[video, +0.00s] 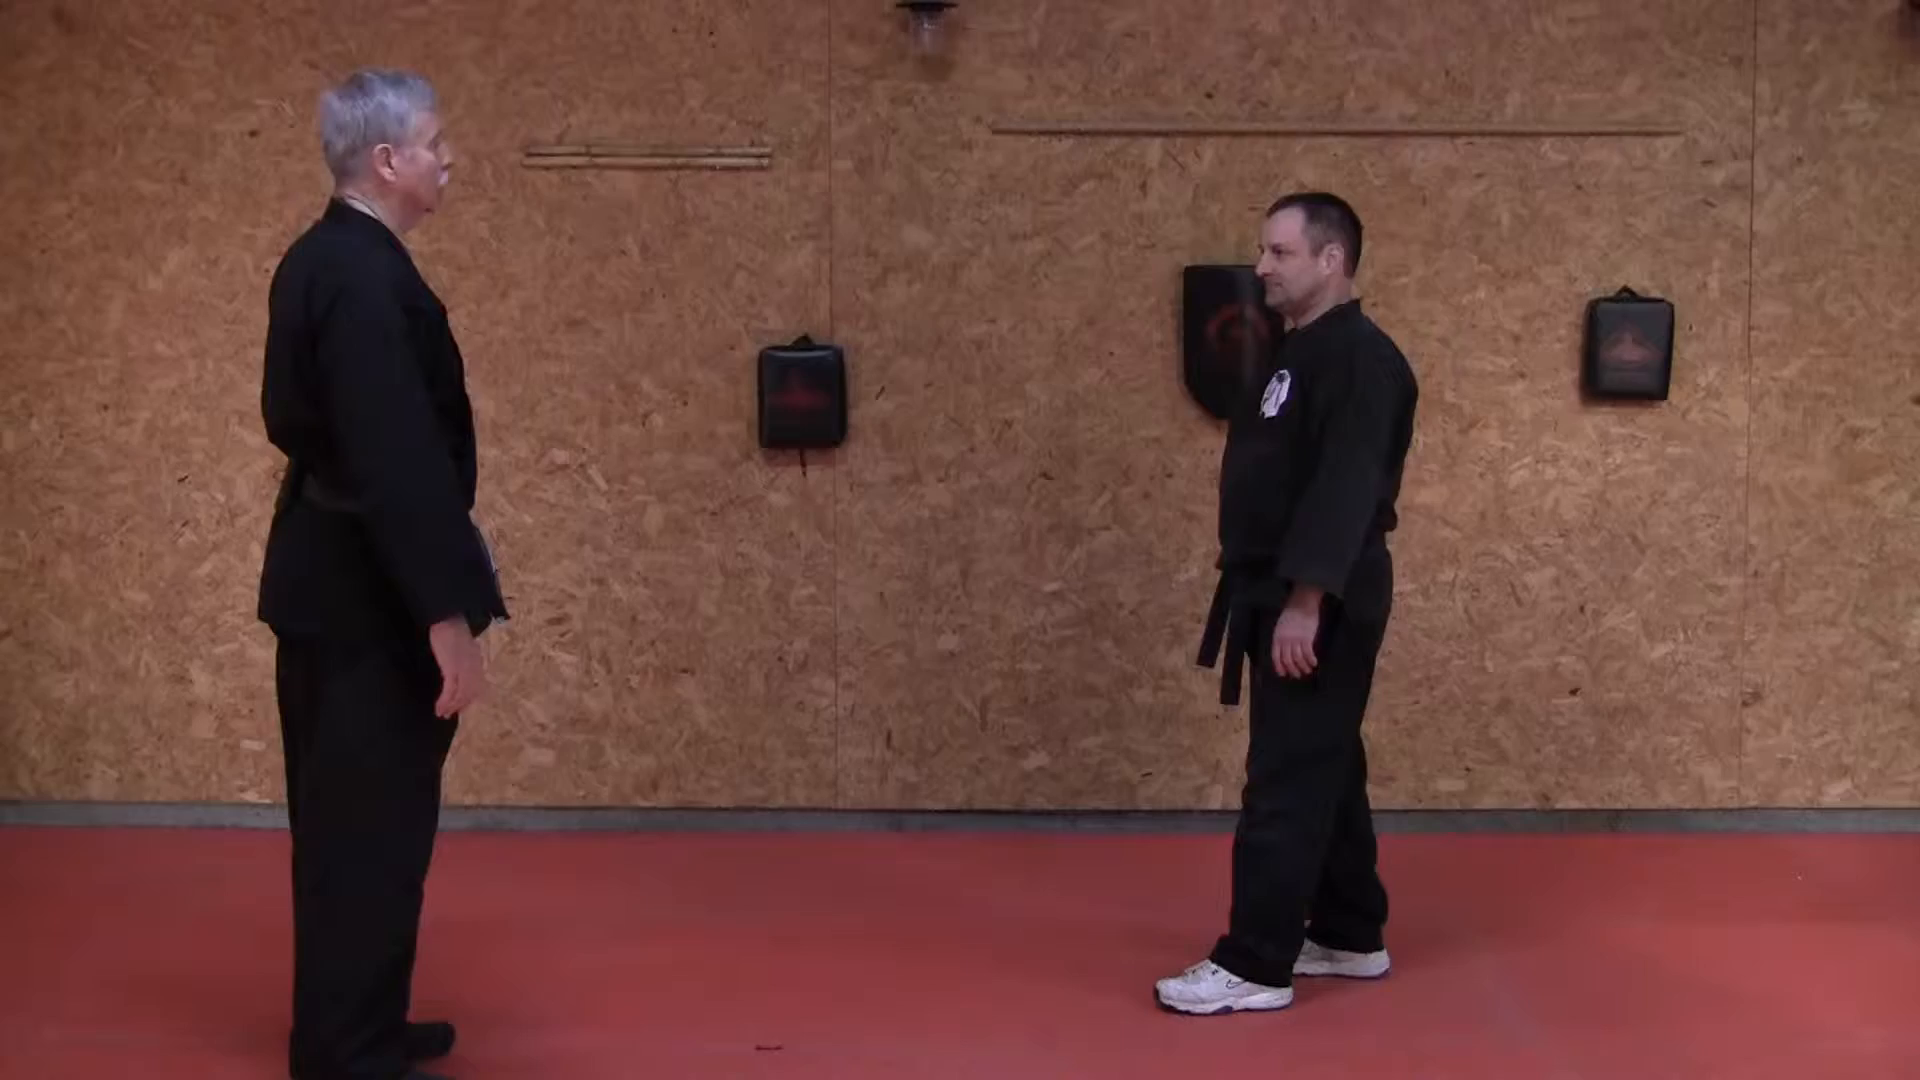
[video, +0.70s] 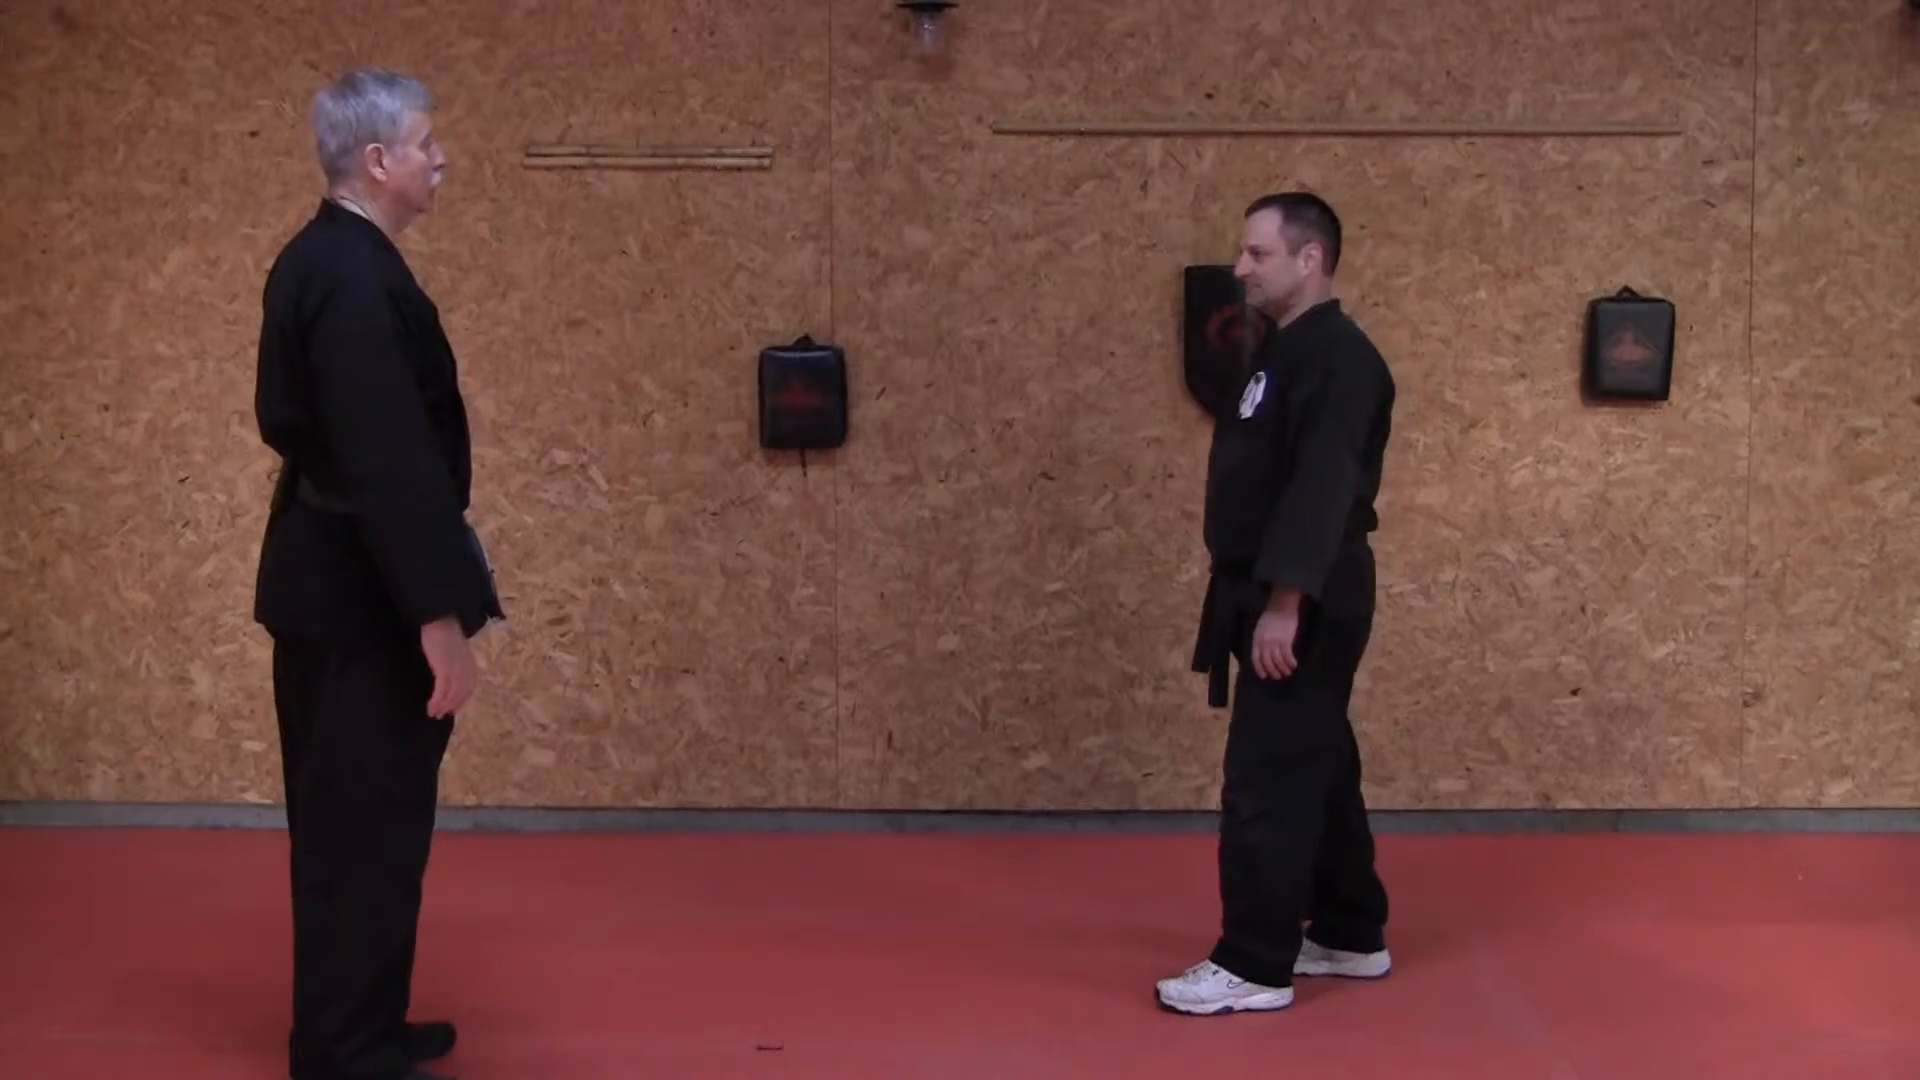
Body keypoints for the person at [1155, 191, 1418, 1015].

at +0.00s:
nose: (1263, 267)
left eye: (1279, 253)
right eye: (1262, 253)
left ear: (1333, 261)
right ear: (1307, 261)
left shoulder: (1362, 358)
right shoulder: (1296, 351)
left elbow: (1348, 490)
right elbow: (1282, 478)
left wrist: (1308, 598)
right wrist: (1252, 589)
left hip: (1324, 603)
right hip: (1287, 595)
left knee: (1286, 780)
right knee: (1322, 768)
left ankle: (1257, 961)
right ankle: (1349, 933)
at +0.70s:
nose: (1242, 269)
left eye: (1258, 254)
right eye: (1241, 254)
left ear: (1311, 259)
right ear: (1295, 261)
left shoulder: (1339, 356)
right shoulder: (1288, 351)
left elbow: (1322, 490)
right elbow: (1275, 474)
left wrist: (1285, 599)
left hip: (1308, 601)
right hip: (1282, 595)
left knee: (1265, 781)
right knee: (1316, 768)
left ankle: (1253, 963)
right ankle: (1351, 935)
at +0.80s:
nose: (1235, 273)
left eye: (1250, 258)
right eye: (1234, 258)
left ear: (1302, 259)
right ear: (1286, 260)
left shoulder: (1329, 355)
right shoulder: (1282, 350)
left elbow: (1310, 490)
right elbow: (1218, 392)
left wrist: (1271, 601)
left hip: (1299, 604)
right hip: (1282, 601)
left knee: (1251, 780)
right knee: (1313, 769)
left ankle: (1254, 964)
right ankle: (1351, 935)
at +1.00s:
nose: (1213, 284)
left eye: (1226, 269)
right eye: (1212, 270)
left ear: (1278, 266)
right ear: (1270, 269)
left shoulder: (1302, 354)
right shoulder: (1263, 349)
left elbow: (1281, 489)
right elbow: (1205, 383)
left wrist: (1230, 596)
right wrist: (1206, 307)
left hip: (1261, 602)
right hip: (1263, 600)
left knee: (1189, 764)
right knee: (1294, 765)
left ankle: (1220, 945)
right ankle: (1349, 935)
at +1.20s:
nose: (1166, 289)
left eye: (1180, 274)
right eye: (1163, 273)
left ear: (1234, 272)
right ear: (1219, 274)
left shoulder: (1253, 362)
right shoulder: (1215, 355)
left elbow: (1234, 496)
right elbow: (1201, 479)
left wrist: (1178, 598)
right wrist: (1135, 513)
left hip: (1222, 608)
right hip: (1216, 605)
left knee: (1148, 782)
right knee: (1278, 774)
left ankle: (1080, 957)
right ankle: (1346, 935)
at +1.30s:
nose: (1129, 293)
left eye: (1143, 278)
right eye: (1128, 279)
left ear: (1198, 277)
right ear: (1189, 281)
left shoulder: (1217, 358)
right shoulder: (1188, 356)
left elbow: (1203, 491)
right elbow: (1164, 472)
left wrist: (1145, 600)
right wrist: (1090, 460)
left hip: (1190, 613)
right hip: (1195, 610)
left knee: (1111, 788)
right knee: (1264, 776)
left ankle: (1042, 961)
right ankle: (1341, 931)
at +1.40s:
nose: (1084, 293)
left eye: (1099, 278)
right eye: (1084, 277)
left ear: (1156, 281)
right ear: (1139, 283)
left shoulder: (1174, 369)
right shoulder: (1135, 366)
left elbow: (1165, 499)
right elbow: (1101, 442)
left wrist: (1110, 603)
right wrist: (1023, 411)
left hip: (1146, 627)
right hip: (1146, 627)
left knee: (1060, 782)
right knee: (1231, 777)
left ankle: (1026, 973)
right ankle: (1329, 913)